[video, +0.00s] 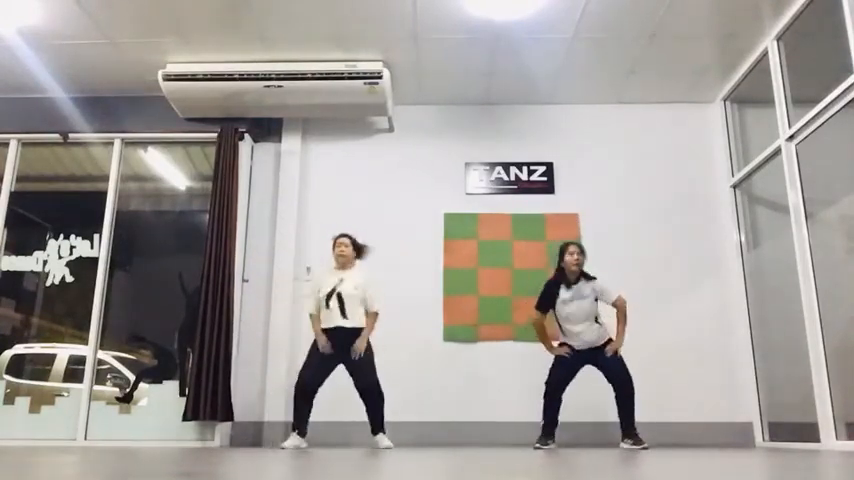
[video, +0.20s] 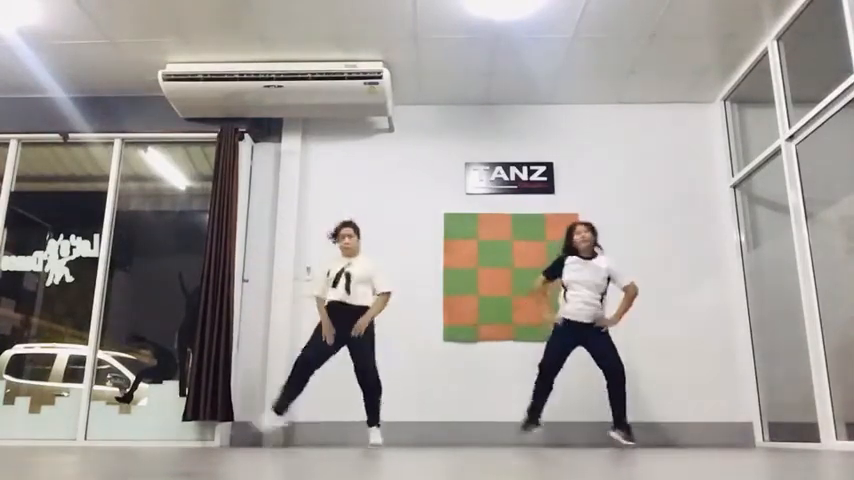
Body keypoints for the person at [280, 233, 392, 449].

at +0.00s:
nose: (340, 249)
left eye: (345, 246)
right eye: (337, 246)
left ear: (354, 252)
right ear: (332, 252)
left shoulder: (363, 278)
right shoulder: (321, 277)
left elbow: (373, 312)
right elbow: (313, 310)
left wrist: (363, 338)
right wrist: (318, 333)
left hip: (356, 337)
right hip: (328, 337)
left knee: (370, 387)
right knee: (305, 384)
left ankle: (379, 433)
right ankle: (299, 434)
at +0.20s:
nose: (346, 241)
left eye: (350, 236)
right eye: (342, 238)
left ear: (358, 240)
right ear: (337, 242)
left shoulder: (368, 265)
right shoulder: (331, 267)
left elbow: (384, 295)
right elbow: (319, 297)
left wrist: (366, 318)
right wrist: (326, 322)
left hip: (360, 320)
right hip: (333, 319)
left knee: (367, 373)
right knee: (306, 361)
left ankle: (374, 426)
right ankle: (278, 411)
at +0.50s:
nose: (343, 238)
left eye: (348, 234)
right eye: (340, 234)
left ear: (357, 238)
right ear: (335, 238)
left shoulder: (364, 264)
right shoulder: (326, 264)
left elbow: (377, 294)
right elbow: (314, 294)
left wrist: (363, 317)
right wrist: (322, 320)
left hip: (357, 319)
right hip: (330, 319)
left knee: (372, 370)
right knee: (308, 368)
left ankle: (381, 425)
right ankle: (297, 425)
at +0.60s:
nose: (341, 241)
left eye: (346, 239)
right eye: (337, 238)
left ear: (353, 245)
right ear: (332, 244)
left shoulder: (361, 271)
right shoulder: (319, 269)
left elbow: (370, 304)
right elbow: (305, 299)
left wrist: (355, 326)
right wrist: (315, 325)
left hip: (351, 325)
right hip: (323, 326)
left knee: (376, 362)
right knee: (311, 378)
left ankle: (402, 402)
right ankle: (311, 433)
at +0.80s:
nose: (346, 236)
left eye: (350, 232)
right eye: (342, 232)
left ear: (357, 238)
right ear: (335, 237)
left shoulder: (365, 263)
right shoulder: (323, 261)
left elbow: (375, 295)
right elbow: (311, 290)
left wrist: (361, 316)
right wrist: (318, 316)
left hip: (355, 317)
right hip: (326, 316)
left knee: (375, 364)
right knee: (305, 368)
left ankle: (387, 416)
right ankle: (299, 424)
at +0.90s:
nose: (347, 240)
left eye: (351, 236)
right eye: (343, 236)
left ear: (359, 242)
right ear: (337, 242)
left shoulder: (368, 267)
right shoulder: (327, 268)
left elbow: (382, 297)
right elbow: (317, 298)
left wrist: (366, 321)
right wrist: (326, 321)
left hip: (361, 324)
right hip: (333, 322)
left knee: (367, 378)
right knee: (302, 364)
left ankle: (370, 431)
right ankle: (269, 413)